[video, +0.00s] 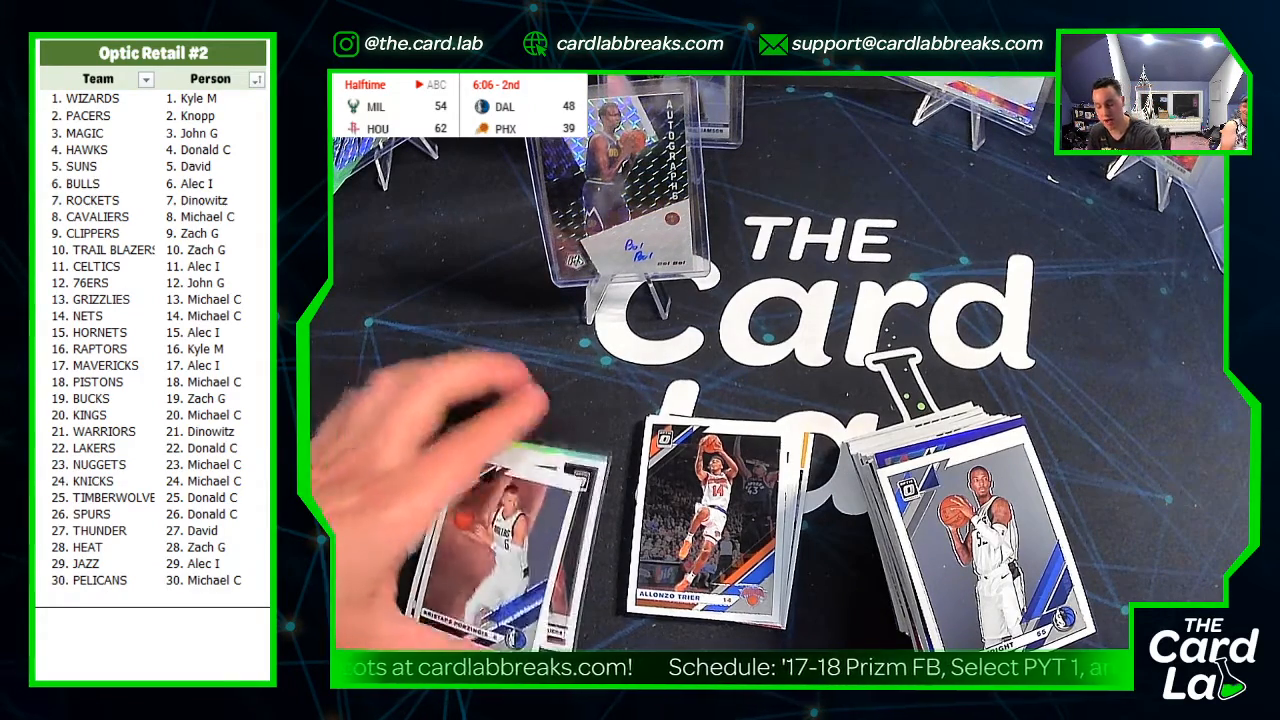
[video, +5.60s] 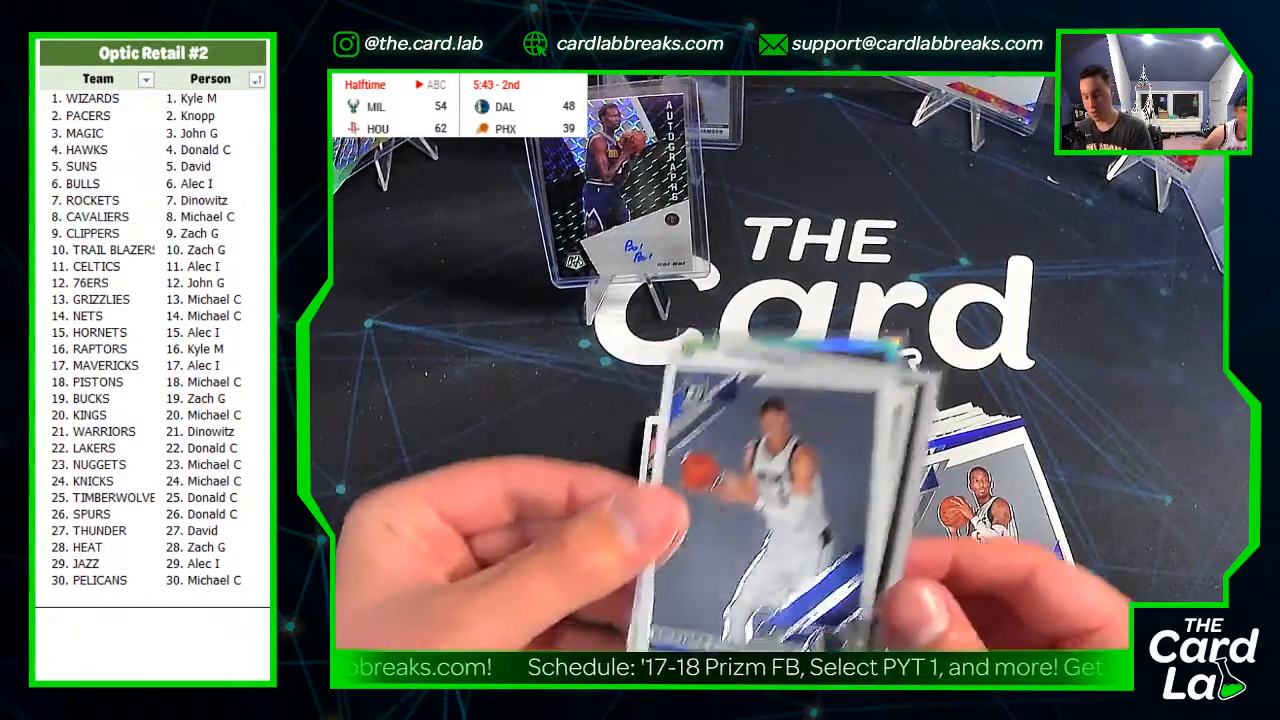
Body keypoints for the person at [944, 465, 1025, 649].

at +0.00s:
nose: (980, 483)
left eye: (984, 479)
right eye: (976, 480)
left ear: (990, 481)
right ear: (970, 485)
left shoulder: (1000, 504)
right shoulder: (975, 517)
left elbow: (997, 539)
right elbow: (965, 559)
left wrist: (973, 517)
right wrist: (953, 530)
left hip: (1007, 579)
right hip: (985, 584)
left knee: (1017, 632)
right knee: (992, 639)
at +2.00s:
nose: (980, 484)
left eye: (983, 479)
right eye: (975, 480)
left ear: (990, 482)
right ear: (970, 486)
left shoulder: (1000, 504)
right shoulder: (974, 517)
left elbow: (996, 538)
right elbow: (965, 559)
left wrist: (972, 517)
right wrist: (953, 531)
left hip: (1007, 579)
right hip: (985, 585)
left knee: (1018, 633)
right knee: (991, 640)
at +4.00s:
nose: (980, 484)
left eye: (983, 479)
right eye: (975, 481)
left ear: (990, 482)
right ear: (970, 486)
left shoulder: (1000, 505)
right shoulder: (975, 518)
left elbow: (997, 539)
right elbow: (965, 559)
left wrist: (972, 516)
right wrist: (953, 531)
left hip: (1006, 579)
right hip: (985, 584)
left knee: (1017, 632)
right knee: (991, 639)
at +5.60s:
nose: (981, 485)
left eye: (985, 480)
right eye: (976, 481)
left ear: (990, 484)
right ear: (970, 486)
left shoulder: (1000, 505)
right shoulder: (977, 512)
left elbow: (997, 538)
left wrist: (972, 518)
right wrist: (954, 532)